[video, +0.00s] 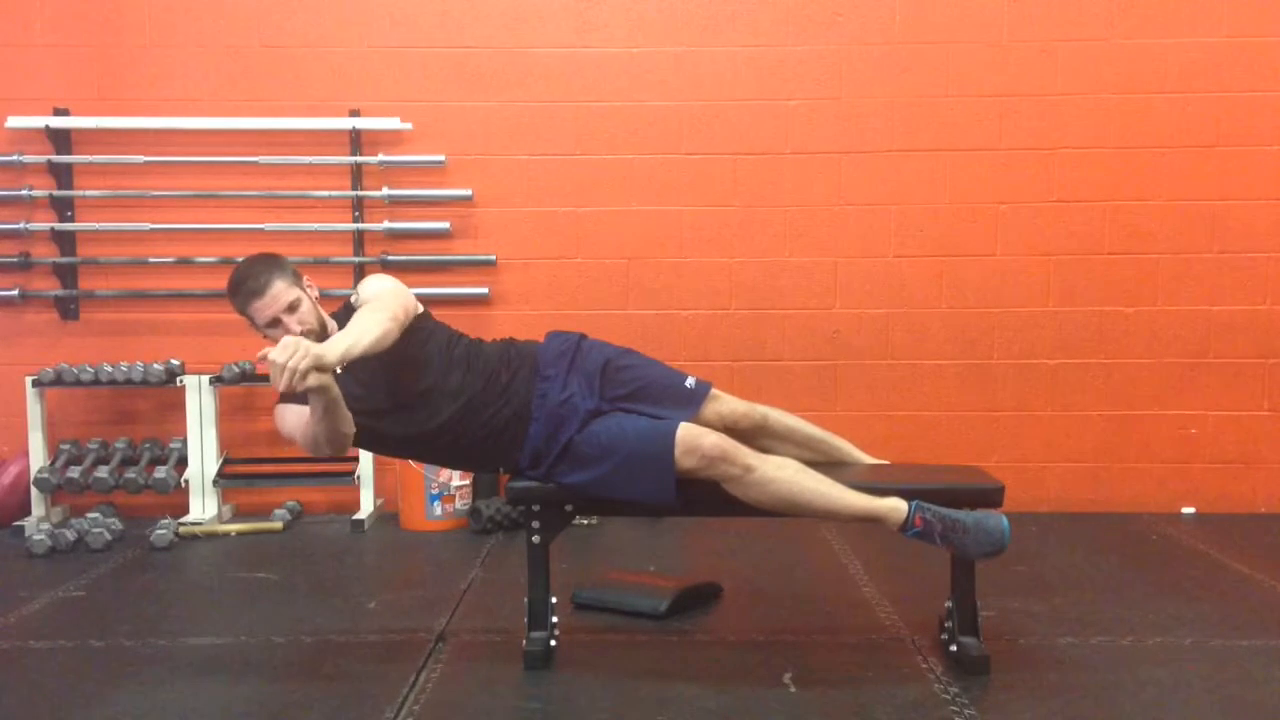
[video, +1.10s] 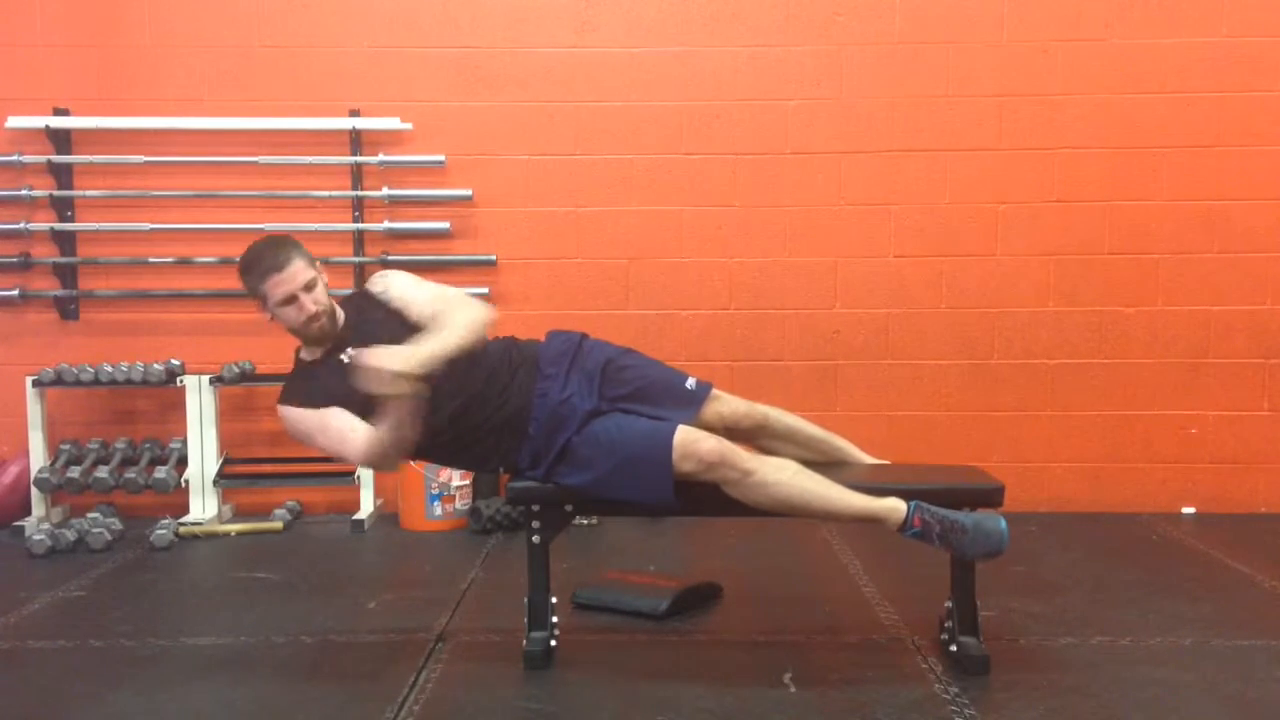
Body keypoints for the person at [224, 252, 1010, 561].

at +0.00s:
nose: (290, 326)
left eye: (290, 308)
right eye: (271, 325)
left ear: (313, 286)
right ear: (261, 339)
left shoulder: (373, 295)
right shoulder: (307, 402)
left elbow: (389, 322)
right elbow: (333, 447)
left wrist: (329, 354)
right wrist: (305, 391)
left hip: (567, 366)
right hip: (546, 449)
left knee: (737, 416)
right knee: (709, 454)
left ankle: (908, 491)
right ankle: (911, 519)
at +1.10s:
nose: (308, 305)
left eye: (309, 287)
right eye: (287, 303)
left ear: (324, 274)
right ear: (268, 318)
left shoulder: (376, 291)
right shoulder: (306, 399)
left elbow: (469, 315)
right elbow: (384, 452)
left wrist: (406, 362)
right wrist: (403, 374)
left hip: (566, 363)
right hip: (541, 442)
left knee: (739, 416)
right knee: (720, 461)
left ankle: (900, 483)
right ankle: (906, 520)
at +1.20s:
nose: (325, 295)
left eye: (327, 277)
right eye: (302, 294)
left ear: (339, 263)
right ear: (279, 307)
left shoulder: (393, 287)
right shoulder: (312, 392)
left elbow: (520, 333)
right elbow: (396, 450)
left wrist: (475, 393)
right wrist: (476, 379)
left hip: (582, 364)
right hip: (547, 443)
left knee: (748, 418)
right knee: (721, 465)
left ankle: (904, 487)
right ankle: (911, 523)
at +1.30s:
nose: (359, 265)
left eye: (361, 247)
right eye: (338, 259)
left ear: (368, 238)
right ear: (302, 271)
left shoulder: (414, 276)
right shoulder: (319, 375)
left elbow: (535, 297)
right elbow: (419, 435)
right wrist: (512, 410)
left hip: (580, 365)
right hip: (543, 444)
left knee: (748, 416)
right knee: (717, 460)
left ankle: (892, 480)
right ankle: (915, 523)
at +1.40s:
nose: (398, 234)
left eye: (395, 220)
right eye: (379, 227)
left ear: (388, 219)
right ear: (333, 240)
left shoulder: (431, 262)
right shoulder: (328, 349)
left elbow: (546, 284)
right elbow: (423, 419)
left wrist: (665, 294)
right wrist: (537, 400)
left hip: (583, 365)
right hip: (544, 439)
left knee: (761, 419)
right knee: (716, 461)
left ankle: (907, 498)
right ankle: (918, 522)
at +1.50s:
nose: (433, 211)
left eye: (430, 198)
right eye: (417, 201)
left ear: (418, 198)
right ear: (369, 209)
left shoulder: (451, 249)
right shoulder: (344, 322)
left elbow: (561, 274)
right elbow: (443, 399)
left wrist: (667, 288)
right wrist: (564, 389)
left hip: (583, 367)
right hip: (547, 434)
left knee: (755, 420)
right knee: (713, 461)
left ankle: (890, 498)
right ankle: (914, 522)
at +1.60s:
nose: (485, 193)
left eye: (488, 178)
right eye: (473, 179)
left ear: (469, 176)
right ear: (424, 175)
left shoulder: (484, 236)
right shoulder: (380, 282)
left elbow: (579, 276)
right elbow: (472, 371)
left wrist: (670, 292)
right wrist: (598, 383)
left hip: (589, 365)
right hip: (546, 429)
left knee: (762, 425)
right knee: (716, 468)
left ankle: (879, 504)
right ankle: (905, 524)